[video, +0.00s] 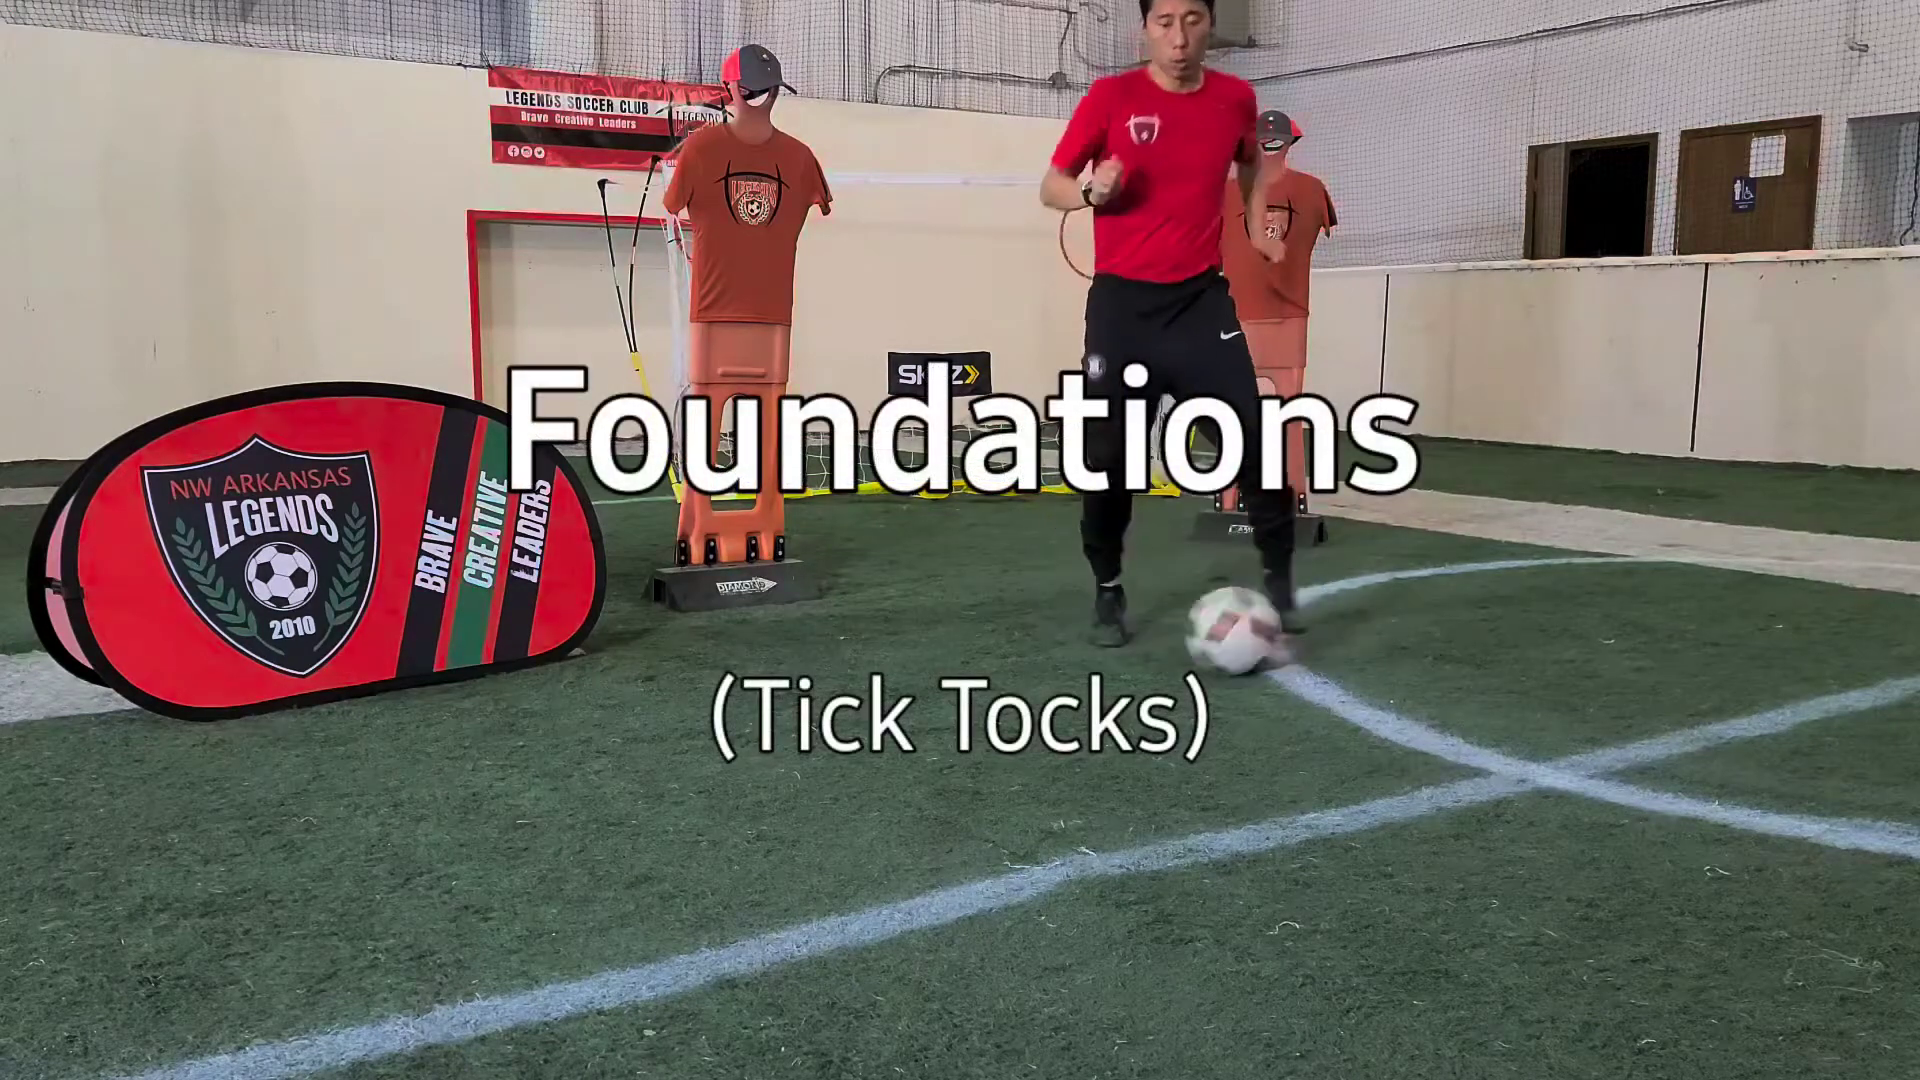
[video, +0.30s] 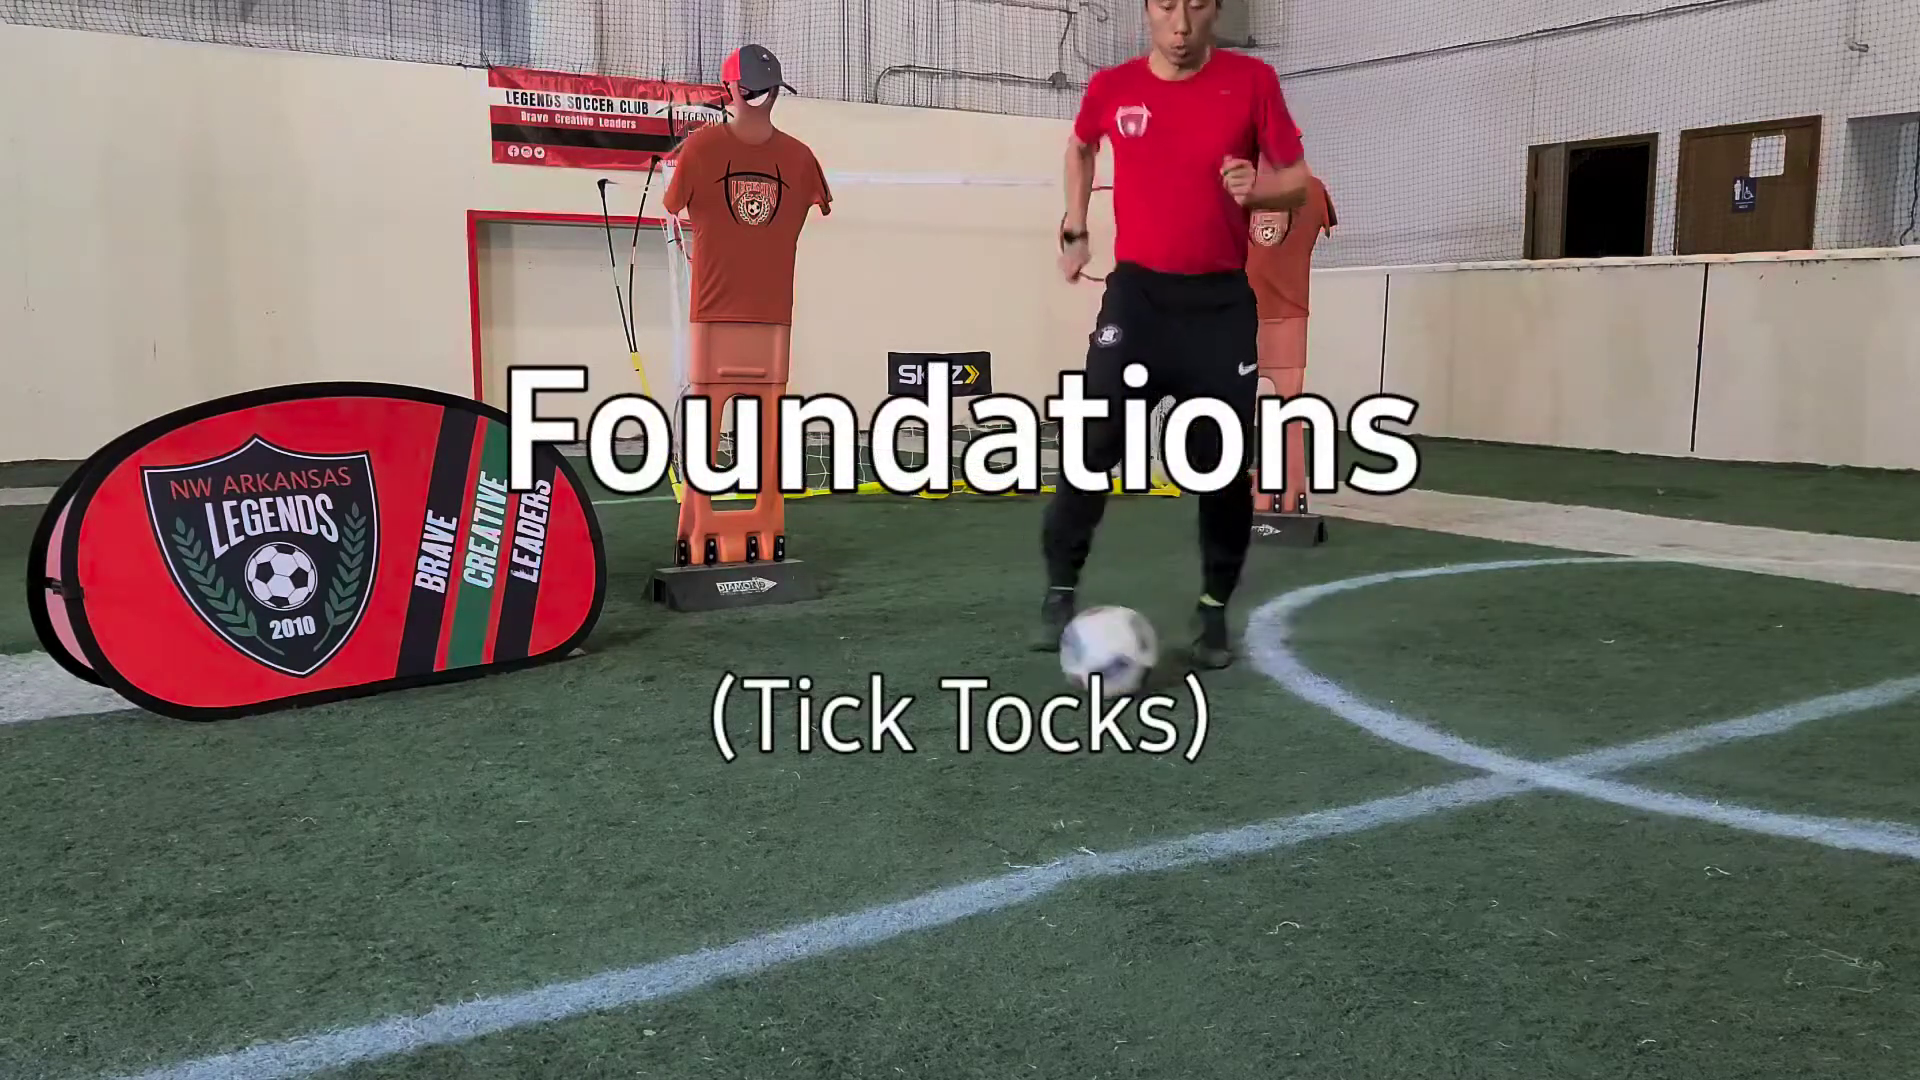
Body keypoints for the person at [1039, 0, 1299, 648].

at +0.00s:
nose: (1180, 36)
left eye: (1191, 22)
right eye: (1166, 23)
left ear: (1208, 27)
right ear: (1146, 29)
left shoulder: (1236, 98)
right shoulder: (1109, 98)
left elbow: (1248, 159)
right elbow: (1052, 187)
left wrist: (1257, 223)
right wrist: (1086, 187)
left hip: (1201, 299)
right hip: (1121, 302)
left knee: (1254, 442)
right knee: (1107, 456)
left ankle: (1281, 599)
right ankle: (1108, 591)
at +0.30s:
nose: (1180, 23)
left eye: (1194, 9)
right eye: (1167, 9)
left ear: (1214, 11)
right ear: (1147, 12)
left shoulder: (1255, 82)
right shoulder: (1111, 87)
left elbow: (1295, 180)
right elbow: (1080, 145)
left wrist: (1255, 189)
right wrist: (1076, 223)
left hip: (1221, 301)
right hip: (1136, 296)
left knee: (1225, 462)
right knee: (1092, 448)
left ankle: (1215, 608)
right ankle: (1061, 589)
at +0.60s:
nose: (1192, 13)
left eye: (1205, 1)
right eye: (1179, 2)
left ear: (1224, 5)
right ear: (1156, 6)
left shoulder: (1255, 73)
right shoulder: (1111, 73)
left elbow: (1271, 143)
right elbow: (1053, 185)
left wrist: (1270, 220)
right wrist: (1099, 175)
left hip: (1218, 298)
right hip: (1126, 305)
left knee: (1280, 445)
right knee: (1118, 475)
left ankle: (1309, 603)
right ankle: (1120, 626)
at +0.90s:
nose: (1193, 7)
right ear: (1157, 0)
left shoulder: (1278, 57)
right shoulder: (1113, 63)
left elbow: (1333, 168)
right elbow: (1083, 138)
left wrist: (1302, 186)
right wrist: (1066, 235)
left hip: (1238, 308)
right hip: (1136, 302)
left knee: (1257, 491)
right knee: (1086, 468)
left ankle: (1256, 658)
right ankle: (1077, 631)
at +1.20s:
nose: (1185, 7)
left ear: (1211, 1)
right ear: (1139, 0)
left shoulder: (1249, 63)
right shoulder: (1083, 69)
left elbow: (1283, 151)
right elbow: (1014, 190)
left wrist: (1286, 243)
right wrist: (1025, 189)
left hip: (1215, 326)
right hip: (1109, 329)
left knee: (1285, 489)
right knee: (1090, 510)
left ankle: (1285, 662)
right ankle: (1092, 677)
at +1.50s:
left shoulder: (1311, 39)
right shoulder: (1128, 45)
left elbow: (1361, 146)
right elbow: (1064, 159)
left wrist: (1357, 219)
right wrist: (1042, 234)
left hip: (1251, 325)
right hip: (1137, 309)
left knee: (1257, 540)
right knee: (1048, 436)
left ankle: (1223, 739)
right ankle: (1041, 595)